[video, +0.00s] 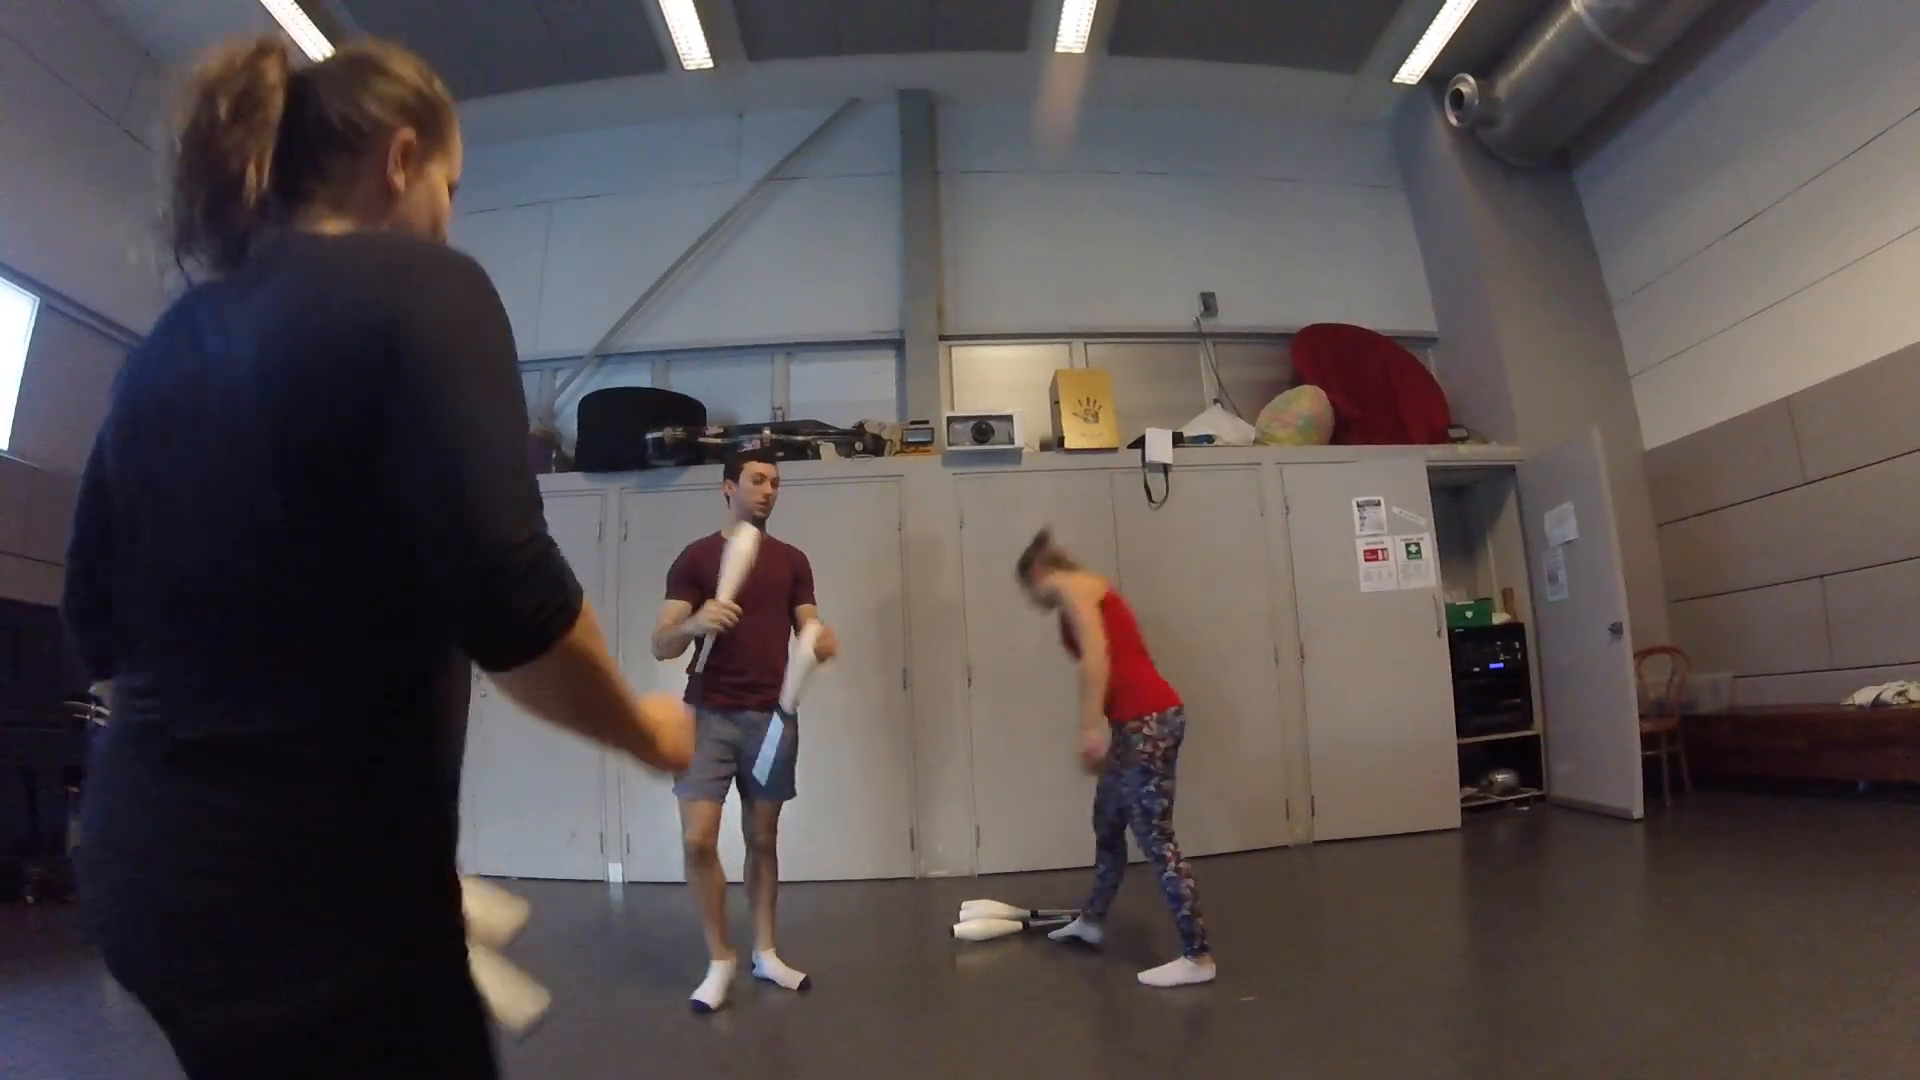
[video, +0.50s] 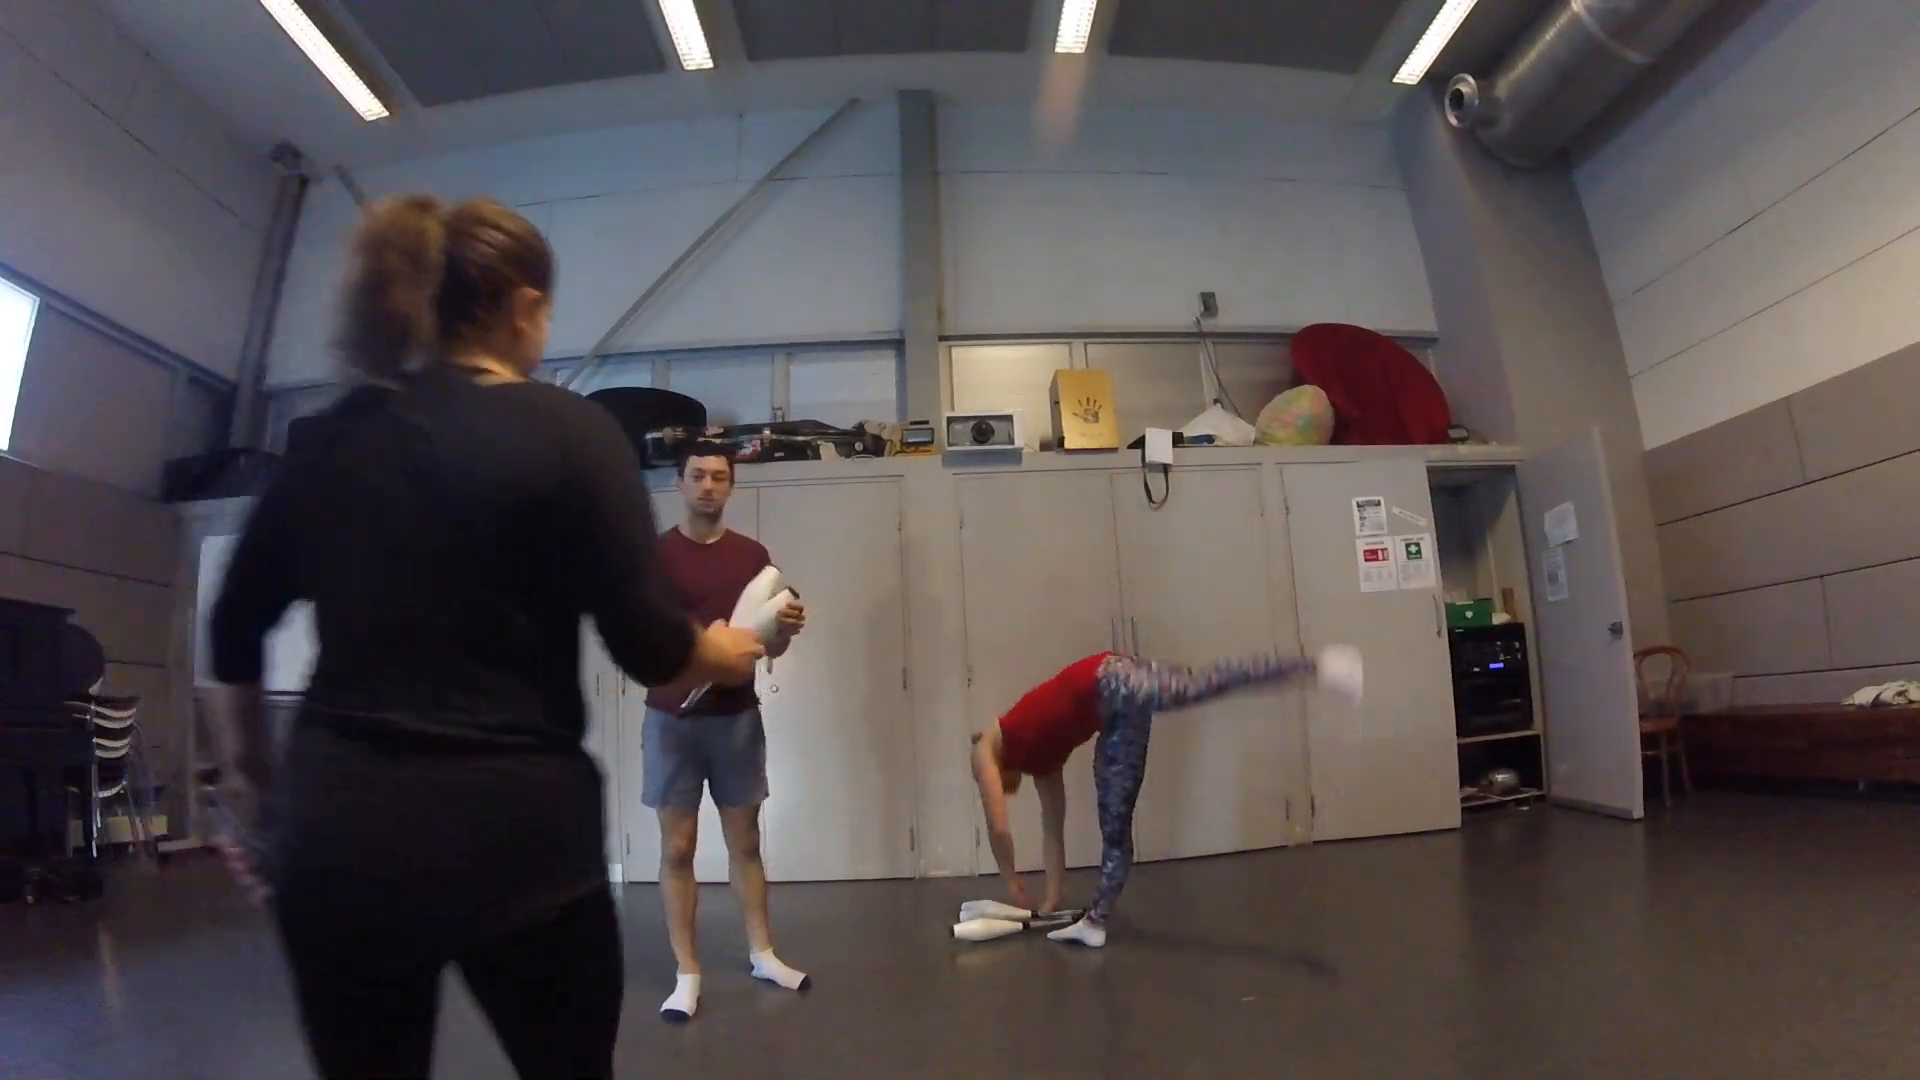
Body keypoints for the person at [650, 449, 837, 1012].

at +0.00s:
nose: (768, 491)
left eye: (773, 483)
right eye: (758, 480)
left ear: (777, 494)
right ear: (728, 488)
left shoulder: (790, 561)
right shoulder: (697, 558)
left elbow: (808, 628)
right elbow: (664, 646)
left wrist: (819, 638)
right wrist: (696, 621)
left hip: (771, 718)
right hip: (708, 717)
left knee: (763, 840)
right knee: (697, 843)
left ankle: (766, 953)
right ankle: (720, 960)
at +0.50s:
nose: (709, 487)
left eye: (719, 478)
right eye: (699, 477)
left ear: (732, 487)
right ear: (680, 484)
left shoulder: (753, 557)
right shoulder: (653, 557)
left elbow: (773, 649)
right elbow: (639, 641)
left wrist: (790, 623)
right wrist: (705, 651)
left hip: (737, 719)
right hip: (672, 722)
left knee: (747, 843)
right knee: (678, 851)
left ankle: (763, 954)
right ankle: (687, 972)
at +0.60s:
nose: (695, 488)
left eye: (705, 478)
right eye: (686, 478)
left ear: (721, 486)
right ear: (669, 486)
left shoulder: (742, 557)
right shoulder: (645, 553)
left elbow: (763, 642)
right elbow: (627, 649)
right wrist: (706, 653)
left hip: (730, 718)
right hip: (665, 722)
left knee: (745, 842)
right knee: (674, 851)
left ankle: (761, 953)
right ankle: (686, 973)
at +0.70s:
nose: (698, 490)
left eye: (704, 479)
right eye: (689, 480)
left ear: (713, 484)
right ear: (667, 490)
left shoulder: (737, 557)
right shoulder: (645, 553)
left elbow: (763, 643)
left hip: (727, 716)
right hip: (666, 718)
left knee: (745, 842)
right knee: (673, 852)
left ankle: (759, 953)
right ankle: (685, 969)